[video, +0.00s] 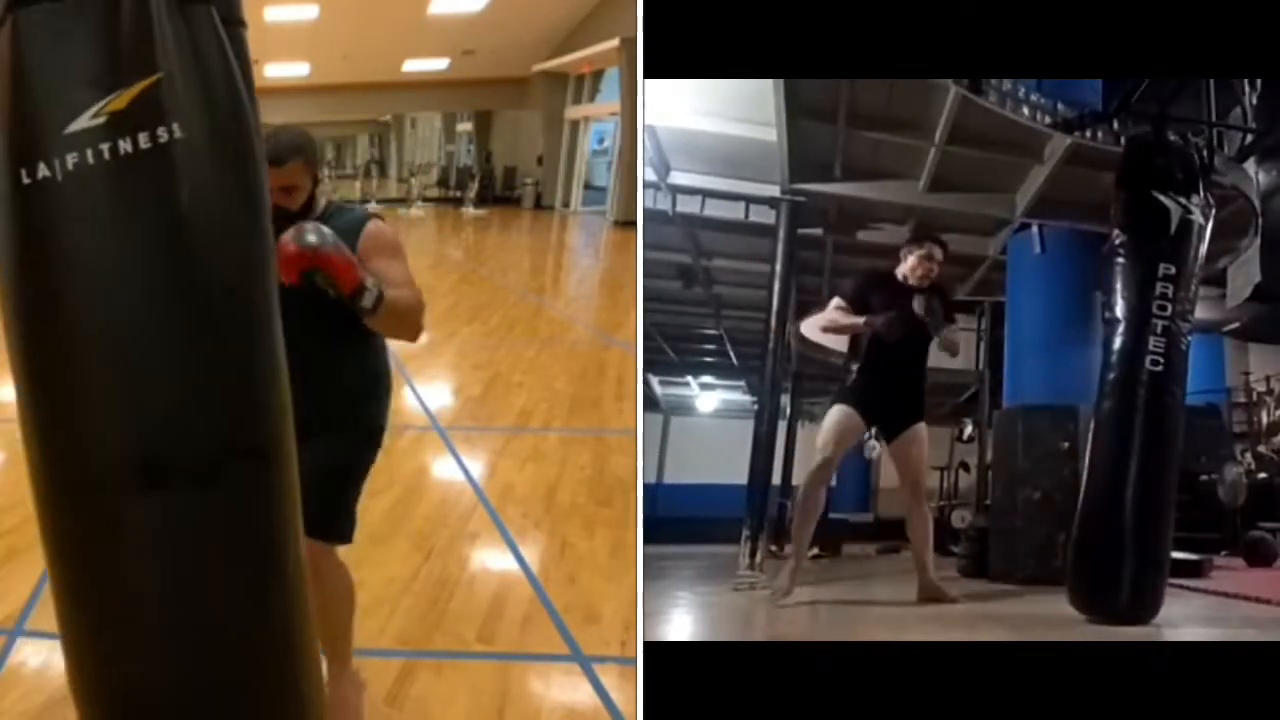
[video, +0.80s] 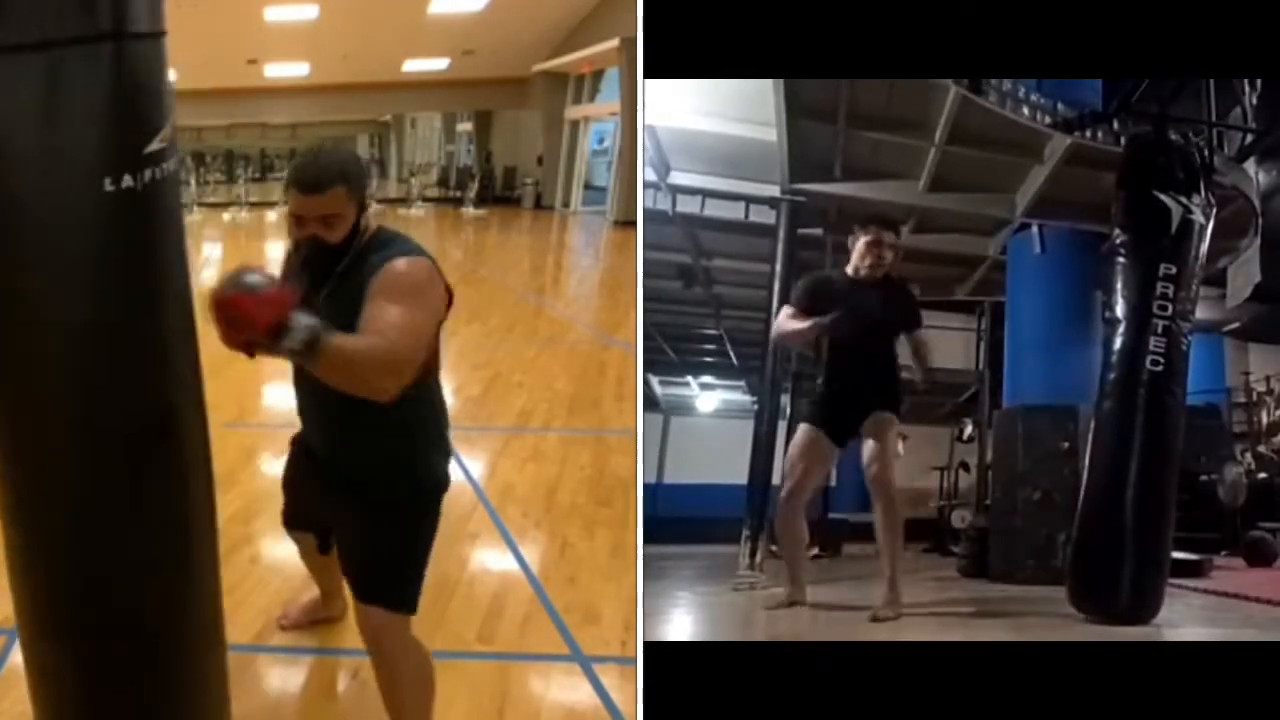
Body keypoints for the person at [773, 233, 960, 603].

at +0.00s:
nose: (929, 268)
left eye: (936, 263)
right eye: (925, 258)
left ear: (938, 269)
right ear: (905, 255)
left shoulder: (935, 298)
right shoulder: (874, 284)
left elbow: (954, 348)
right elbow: (820, 322)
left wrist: (937, 325)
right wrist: (868, 322)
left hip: (906, 402)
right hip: (861, 394)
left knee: (918, 491)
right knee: (823, 464)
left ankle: (927, 581)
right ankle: (794, 564)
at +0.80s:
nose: (880, 253)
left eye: (888, 248)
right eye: (872, 244)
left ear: (894, 256)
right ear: (853, 247)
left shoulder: (897, 294)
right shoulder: (821, 285)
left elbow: (917, 344)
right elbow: (780, 329)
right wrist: (816, 325)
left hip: (879, 396)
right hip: (833, 395)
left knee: (877, 472)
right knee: (791, 492)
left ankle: (891, 592)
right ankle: (796, 589)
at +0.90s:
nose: (869, 253)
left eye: (876, 248)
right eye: (863, 246)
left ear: (886, 256)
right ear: (846, 251)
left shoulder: (896, 295)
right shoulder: (817, 293)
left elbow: (932, 346)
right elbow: (777, 344)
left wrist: (945, 372)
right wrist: (792, 337)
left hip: (875, 404)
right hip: (827, 405)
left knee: (870, 480)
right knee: (787, 495)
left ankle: (888, 596)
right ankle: (795, 591)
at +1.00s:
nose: (834, 236)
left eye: (842, 228)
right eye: (830, 228)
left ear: (864, 229)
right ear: (828, 231)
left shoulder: (881, 269)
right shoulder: (850, 277)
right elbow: (860, 338)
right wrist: (819, 338)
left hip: (892, 380)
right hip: (859, 381)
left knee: (860, 469)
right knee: (822, 474)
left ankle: (899, 579)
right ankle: (806, 574)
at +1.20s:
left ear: (832, 257)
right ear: (875, 253)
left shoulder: (822, 275)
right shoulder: (891, 271)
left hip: (902, 362)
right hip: (944, 350)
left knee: (892, 485)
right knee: (932, 403)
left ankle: (902, 597)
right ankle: (1022, 408)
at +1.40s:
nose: (797, 347)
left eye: (794, 339)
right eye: (792, 342)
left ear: (798, 326)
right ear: (809, 315)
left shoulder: (822, 321)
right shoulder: (849, 313)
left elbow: (789, 316)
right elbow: (906, 301)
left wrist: (789, 322)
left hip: (920, 364)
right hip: (951, 335)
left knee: (917, 483)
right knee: (1062, 348)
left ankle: (906, 597)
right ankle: (1146, 327)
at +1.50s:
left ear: (817, 318)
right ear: (834, 304)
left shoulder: (828, 318)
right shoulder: (869, 308)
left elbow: (812, 330)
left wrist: (823, 365)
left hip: (930, 367)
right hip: (966, 341)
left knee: (918, 484)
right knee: (1063, 387)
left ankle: (906, 597)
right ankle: (1123, 345)